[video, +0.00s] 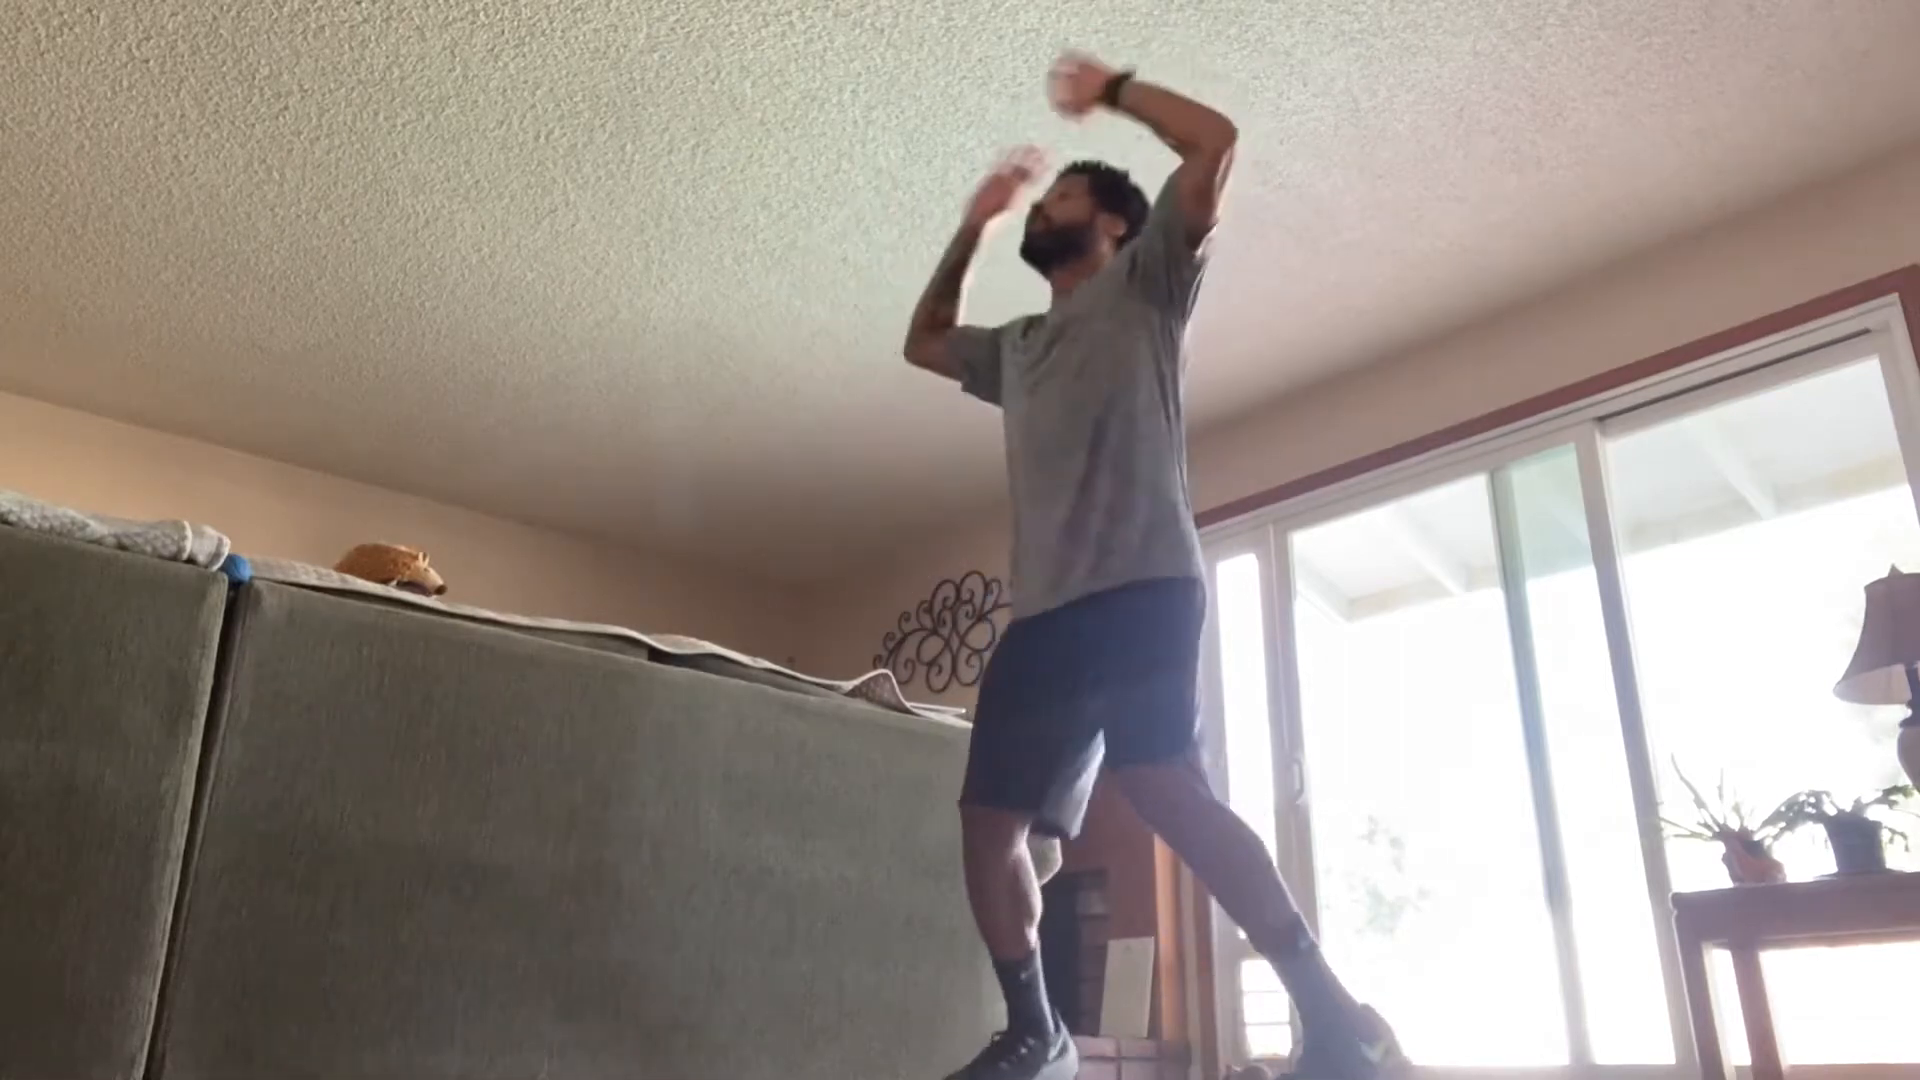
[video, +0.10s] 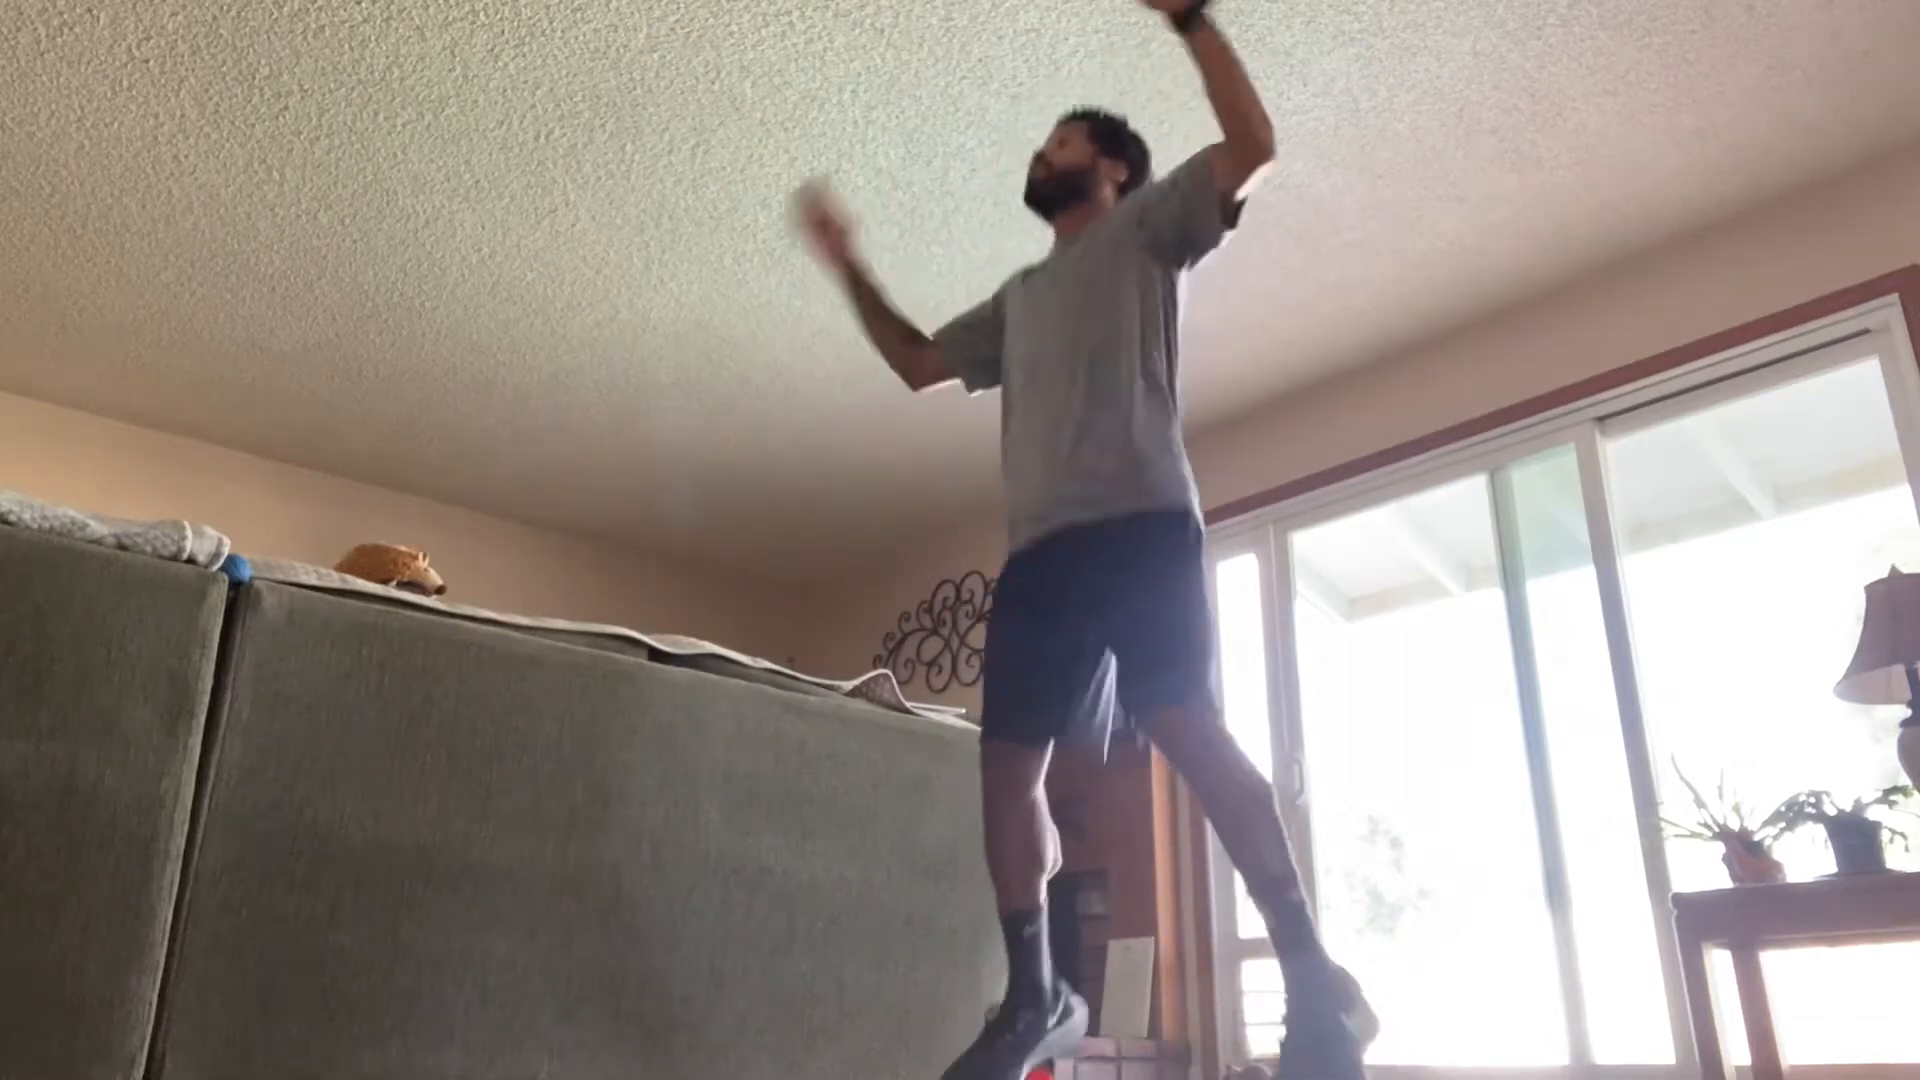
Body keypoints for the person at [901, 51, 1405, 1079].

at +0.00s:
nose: (1043, 208)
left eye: (1067, 198)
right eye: (1041, 203)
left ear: (1118, 222)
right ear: (1045, 234)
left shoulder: (1145, 281)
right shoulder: (1016, 346)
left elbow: (1215, 141)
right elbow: (927, 343)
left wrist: (1113, 87)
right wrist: (973, 230)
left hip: (1144, 581)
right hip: (1041, 608)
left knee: (1164, 792)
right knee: (989, 823)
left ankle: (1331, 1015)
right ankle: (1034, 1033)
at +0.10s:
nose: (1041, 151)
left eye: (1064, 140)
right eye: (1042, 144)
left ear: (1118, 169)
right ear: (1048, 180)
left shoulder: (1146, 225)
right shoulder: (1016, 298)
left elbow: (1249, 147)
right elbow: (917, 362)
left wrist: (1197, 26)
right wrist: (846, 267)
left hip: (1145, 523)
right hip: (1040, 546)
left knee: (1185, 730)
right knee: (1009, 765)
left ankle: (1312, 976)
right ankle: (1034, 995)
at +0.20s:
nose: (1029, 118)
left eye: (1051, 105)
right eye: (1029, 110)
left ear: (1103, 129)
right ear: (1045, 148)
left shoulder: (1138, 185)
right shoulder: (1012, 269)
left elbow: (1259, 227)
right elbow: (968, 404)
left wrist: (1239, 152)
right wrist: (850, 375)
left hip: (1140, 465)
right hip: (1044, 485)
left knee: (1137, 671)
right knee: (1021, 709)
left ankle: (1261, 932)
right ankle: (1078, 947)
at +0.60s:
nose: (1017, 103)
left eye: (1040, 92)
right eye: (1017, 97)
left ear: (1092, 123)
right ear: (1030, 138)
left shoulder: (1130, 195)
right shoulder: (1004, 260)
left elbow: (1228, 281)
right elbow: (989, 395)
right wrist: (868, 413)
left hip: (1127, 467)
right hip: (1034, 486)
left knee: (1126, 690)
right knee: (1043, 726)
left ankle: (1216, 945)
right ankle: (1100, 947)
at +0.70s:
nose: (1016, 107)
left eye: (1040, 96)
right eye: (1017, 100)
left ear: (1091, 122)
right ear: (1031, 140)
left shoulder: (1124, 189)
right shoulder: (1008, 256)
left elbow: (1256, 175)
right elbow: (932, 359)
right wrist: (832, 292)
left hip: (1130, 471)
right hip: (1033, 492)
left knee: (1132, 679)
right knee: (1002, 712)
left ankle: (1267, 938)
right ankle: (1055, 958)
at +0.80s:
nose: (1018, 168)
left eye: (1041, 155)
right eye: (1019, 159)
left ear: (1095, 176)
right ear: (1037, 189)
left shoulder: (1130, 242)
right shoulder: (1006, 307)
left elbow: (1215, 122)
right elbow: (907, 327)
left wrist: (1142, 30)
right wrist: (911, 206)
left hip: (1133, 533)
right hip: (1033, 557)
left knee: (1132, 744)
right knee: (979, 771)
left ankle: (1283, 994)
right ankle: (1034, 1006)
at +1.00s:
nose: (988, 163)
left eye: (1009, 148)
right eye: (988, 152)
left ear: (1064, 171)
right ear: (1006, 183)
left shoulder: (1101, 242)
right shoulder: (977, 299)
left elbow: (1212, 160)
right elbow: (881, 334)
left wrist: (1184, 31)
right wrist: (832, 227)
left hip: (1104, 533)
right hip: (1010, 557)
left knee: (1121, 737)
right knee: (980, 775)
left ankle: (1266, 973)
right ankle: (1039, 1007)